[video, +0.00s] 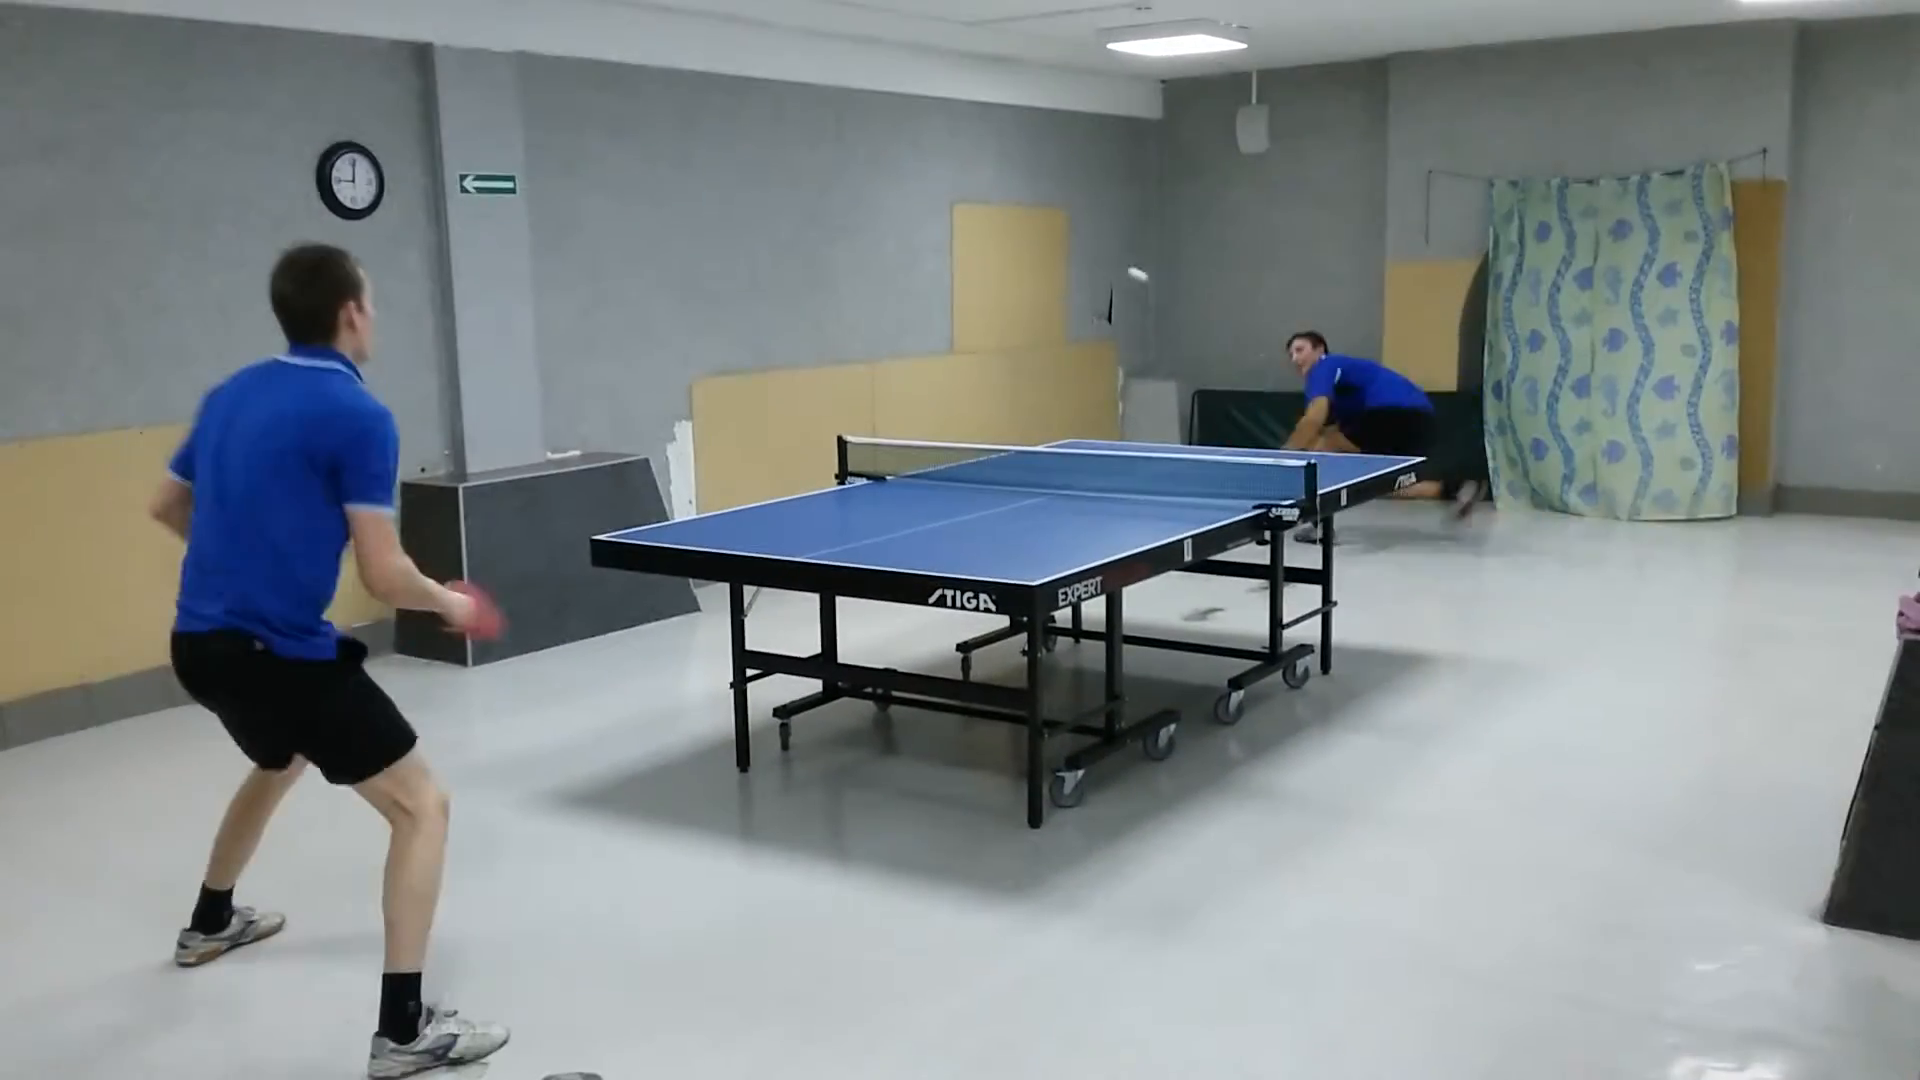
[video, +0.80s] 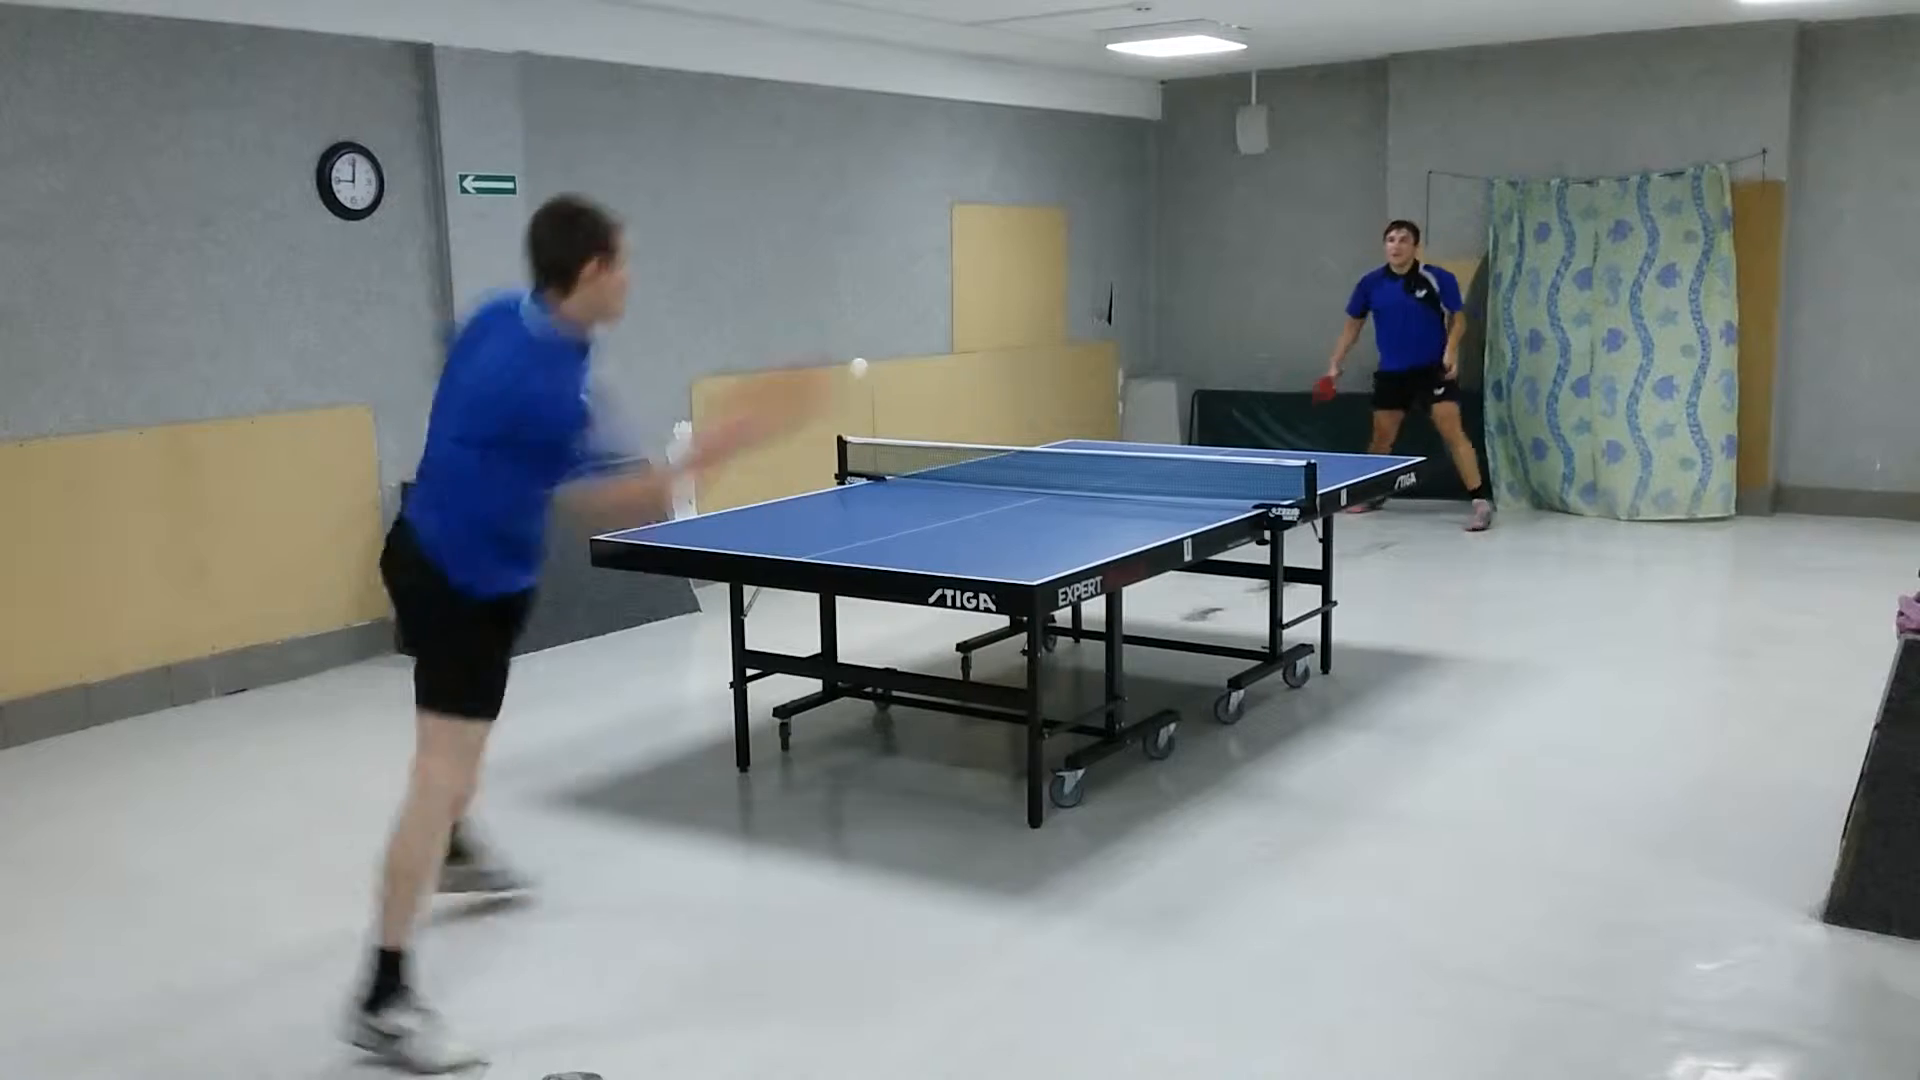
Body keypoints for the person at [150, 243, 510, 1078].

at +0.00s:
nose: (373, 318)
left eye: (367, 304)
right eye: (368, 305)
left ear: (290, 317)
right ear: (350, 314)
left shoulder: (234, 392)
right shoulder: (359, 415)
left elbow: (169, 505)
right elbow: (382, 573)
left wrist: (244, 552)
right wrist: (447, 598)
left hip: (200, 641)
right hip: (285, 650)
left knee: (281, 756)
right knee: (420, 806)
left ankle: (208, 921)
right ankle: (403, 1029)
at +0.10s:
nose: (390, 319)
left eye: (384, 305)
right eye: (386, 307)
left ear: (309, 318)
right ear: (367, 318)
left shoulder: (262, 385)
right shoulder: (354, 416)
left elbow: (267, 523)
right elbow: (364, 577)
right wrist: (473, 599)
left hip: (209, 633)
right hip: (282, 647)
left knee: (287, 758)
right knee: (426, 793)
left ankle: (209, 921)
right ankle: (404, 1018)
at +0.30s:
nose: (436, 315)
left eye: (432, 301)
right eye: (432, 302)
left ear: (362, 314)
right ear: (411, 314)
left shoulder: (342, 383)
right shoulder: (355, 422)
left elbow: (371, 473)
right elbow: (354, 588)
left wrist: (465, 480)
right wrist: (474, 634)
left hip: (275, 626)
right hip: (308, 647)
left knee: (331, 761)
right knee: (451, 793)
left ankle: (219, 910)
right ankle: (418, 1016)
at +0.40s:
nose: (468, 337)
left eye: (466, 323)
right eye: (464, 324)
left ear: (411, 335)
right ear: (440, 335)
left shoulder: (424, 404)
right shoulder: (357, 449)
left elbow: (437, 483)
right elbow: (355, 610)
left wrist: (505, 491)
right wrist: (465, 678)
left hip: (355, 636)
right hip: (313, 655)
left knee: (402, 757)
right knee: (473, 802)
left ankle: (266, 876)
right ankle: (419, 1017)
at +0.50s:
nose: (500, 365)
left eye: (499, 353)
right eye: (496, 353)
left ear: (446, 364)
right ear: (469, 363)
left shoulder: (480, 428)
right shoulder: (360, 472)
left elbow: (548, 497)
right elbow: (356, 634)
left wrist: (572, 513)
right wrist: (448, 715)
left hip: (396, 650)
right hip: (333, 665)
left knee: (434, 774)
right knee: (487, 808)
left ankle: (300, 879)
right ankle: (419, 1018)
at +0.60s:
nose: (526, 372)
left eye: (522, 359)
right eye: (518, 360)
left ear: (476, 369)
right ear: (489, 371)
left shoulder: (517, 430)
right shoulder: (377, 465)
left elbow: (619, 478)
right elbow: (355, 619)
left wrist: (681, 511)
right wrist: (409, 689)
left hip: (436, 648)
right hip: (366, 651)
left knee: (430, 779)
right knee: (502, 807)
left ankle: (296, 879)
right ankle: (419, 1017)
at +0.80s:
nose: (627, 280)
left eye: (623, 264)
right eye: (620, 265)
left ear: (557, 268)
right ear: (587, 274)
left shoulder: (503, 318)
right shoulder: (540, 377)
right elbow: (591, 500)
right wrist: (694, 462)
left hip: (430, 549)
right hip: (468, 581)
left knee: (461, 724)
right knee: (438, 777)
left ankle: (449, 848)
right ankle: (384, 992)